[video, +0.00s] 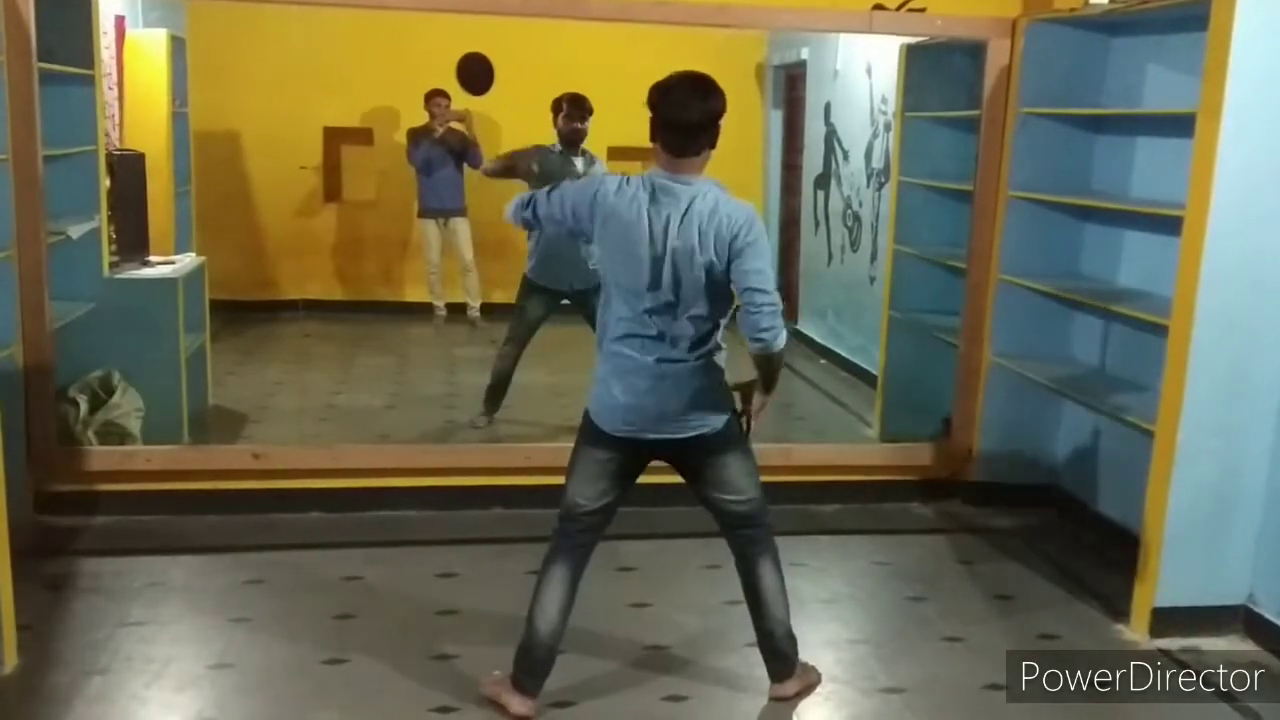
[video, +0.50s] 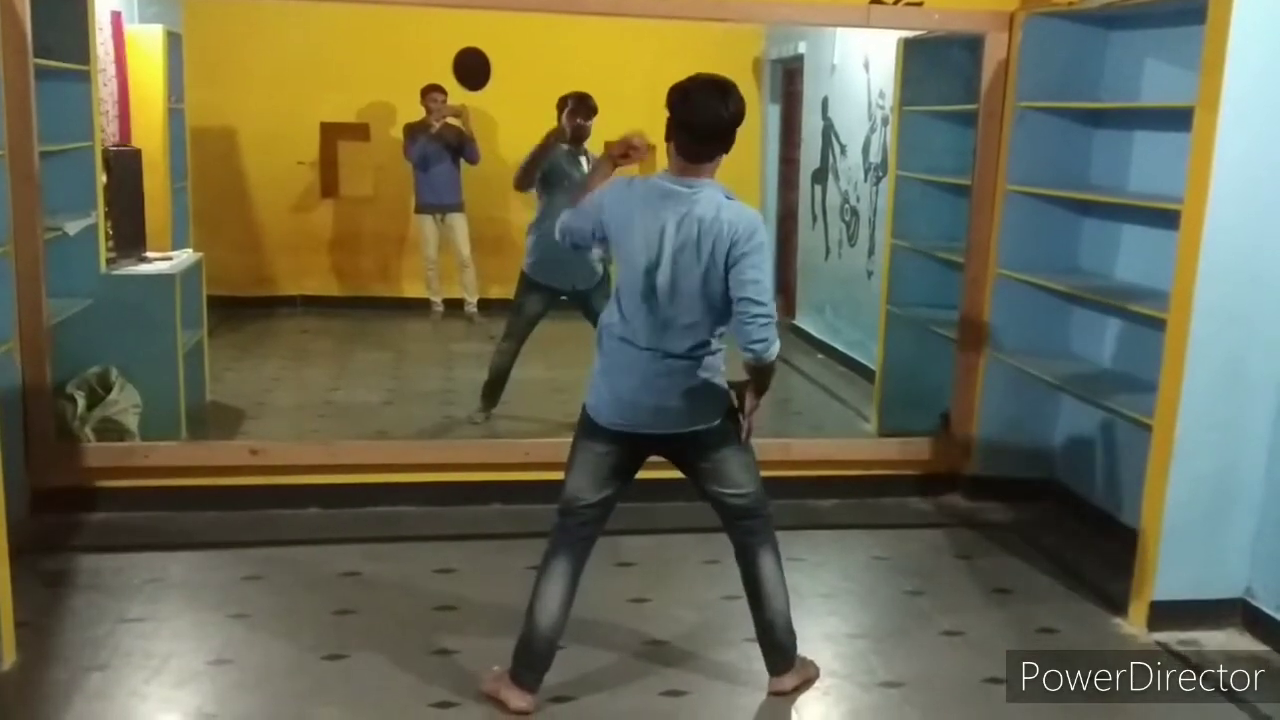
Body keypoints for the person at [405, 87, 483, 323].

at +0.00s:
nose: (440, 110)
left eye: (444, 106)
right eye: (436, 106)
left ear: (450, 109)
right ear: (427, 108)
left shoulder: (457, 135)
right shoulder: (417, 134)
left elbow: (476, 162)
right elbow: (415, 161)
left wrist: (470, 130)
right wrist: (435, 134)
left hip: (456, 209)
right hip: (429, 210)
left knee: (468, 262)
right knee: (433, 263)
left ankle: (474, 310)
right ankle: (438, 308)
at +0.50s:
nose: (437, 106)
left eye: (441, 101)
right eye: (432, 101)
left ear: (447, 104)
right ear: (424, 103)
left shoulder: (454, 131)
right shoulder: (413, 129)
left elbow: (473, 158)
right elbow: (412, 156)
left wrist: (467, 126)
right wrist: (432, 130)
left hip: (453, 204)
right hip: (426, 205)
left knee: (465, 258)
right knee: (430, 259)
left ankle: (471, 305)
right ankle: (436, 304)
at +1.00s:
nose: (438, 105)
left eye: (441, 100)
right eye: (433, 100)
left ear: (447, 103)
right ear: (424, 103)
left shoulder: (454, 130)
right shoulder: (414, 129)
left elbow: (473, 157)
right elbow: (412, 155)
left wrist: (467, 125)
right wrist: (433, 129)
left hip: (453, 203)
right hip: (426, 204)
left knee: (465, 257)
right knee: (430, 258)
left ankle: (471, 305)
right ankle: (436, 303)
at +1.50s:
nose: (437, 118)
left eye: (441, 114)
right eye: (432, 114)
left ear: (447, 117)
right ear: (424, 116)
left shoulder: (454, 143)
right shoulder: (413, 142)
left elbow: (473, 169)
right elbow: (412, 169)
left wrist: (467, 138)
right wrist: (431, 143)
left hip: (453, 216)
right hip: (425, 217)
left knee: (463, 269)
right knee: (429, 270)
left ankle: (470, 316)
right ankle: (435, 315)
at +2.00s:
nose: (446, 148)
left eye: (450, 144)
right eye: (441, 143)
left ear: (455, 147)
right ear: (433, 146)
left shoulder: (462, 172)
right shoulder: (422, 171)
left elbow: (481, 198)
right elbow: (421, 197)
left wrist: (475, 167)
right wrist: (440, 172)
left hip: (461, 245)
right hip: (434, 246)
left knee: (471, 297)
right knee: (437, 298)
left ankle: (477, 344)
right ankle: (443, 343)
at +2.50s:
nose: (454, 164)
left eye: (458, 160)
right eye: (449, 160)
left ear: (463, 163)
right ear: (441, 162)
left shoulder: (470, 189)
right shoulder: (430, 187)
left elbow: (488, 215)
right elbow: (428, 213)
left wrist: (483, 185)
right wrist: (449, 187)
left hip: (468, 260)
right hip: (441, 262)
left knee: (479, 312)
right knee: (445, 314)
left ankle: (485, 360)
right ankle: (450, 359)